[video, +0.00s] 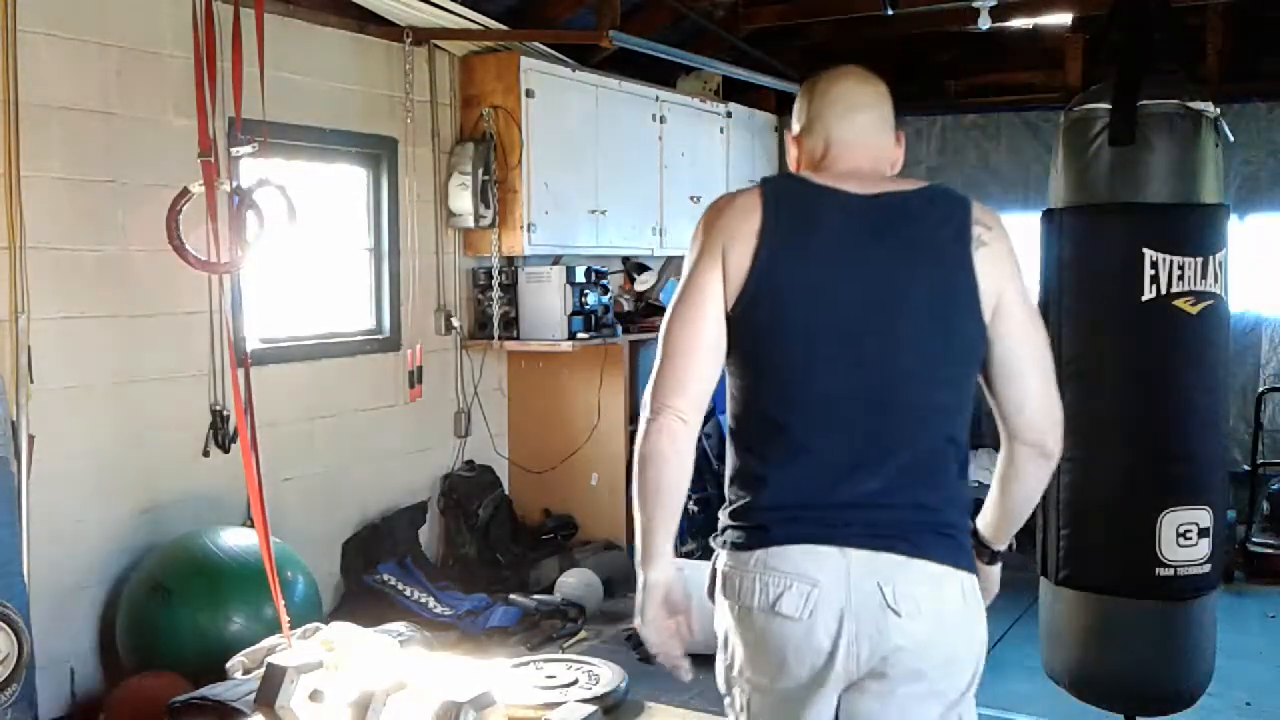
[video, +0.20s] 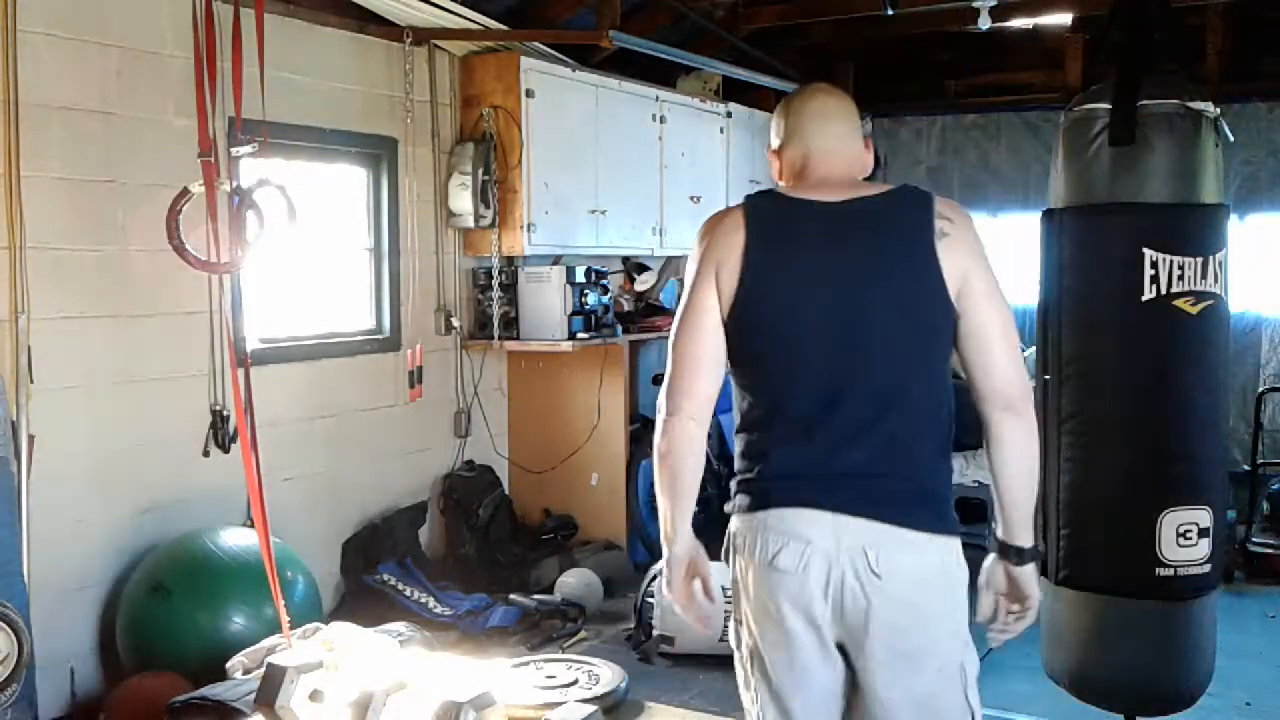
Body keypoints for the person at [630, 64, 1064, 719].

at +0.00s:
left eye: (788, 143)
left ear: (795, 149)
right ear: (899, 150)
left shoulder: (738, 218)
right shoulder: (976, 230)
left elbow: (672, 415)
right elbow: (1037, 436)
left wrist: (657, 569)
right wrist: (986, 545)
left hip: (778, 570)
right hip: (930, 576)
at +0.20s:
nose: (772, 165)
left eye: (771, 154)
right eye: (870, 144)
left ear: (777, 161)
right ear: (869, 152)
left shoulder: (728, 233)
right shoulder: (941, 223)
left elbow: (683, 412)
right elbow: (1009, 401)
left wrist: (678, 538)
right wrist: (1017, 549)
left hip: (777, 534)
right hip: (914, 539)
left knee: (787, 708)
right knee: (924, 707)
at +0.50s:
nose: (774, 176)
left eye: (772, 168)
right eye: (775, 169)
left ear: (781, 169)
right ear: (862, 162)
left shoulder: (745, 232)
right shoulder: (930, 227)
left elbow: (689, 383)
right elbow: (995, 379)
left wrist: (685, 465)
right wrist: (1015, 510)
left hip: (792, 498)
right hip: (913, 502)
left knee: (796, 706)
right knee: (929, 695)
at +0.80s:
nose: (761, 210)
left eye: (758, 196)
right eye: (758, 198)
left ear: (776, 184)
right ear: (833, 178)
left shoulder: (781, 237)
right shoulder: (912, 236)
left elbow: (759, 383)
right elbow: (955, 367)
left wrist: (731, 496)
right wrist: (950, 475)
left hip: (826, 487)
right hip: (917, 477)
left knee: (780, 655)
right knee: (910, 650)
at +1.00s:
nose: (720, 220)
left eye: (720, 204)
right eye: (714, 208)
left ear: (752, 182)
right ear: (774, 181)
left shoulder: (785, 235)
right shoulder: (848, 227)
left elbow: (789, 377)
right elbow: (857, 363)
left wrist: (760, 504)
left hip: (819, 480)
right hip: (879, 466)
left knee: (734, 637)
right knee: (879, 633)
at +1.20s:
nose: (671, 226)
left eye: (673, 210)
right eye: (666, 214)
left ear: (713, 191)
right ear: (720, 190)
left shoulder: (755, 255)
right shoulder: (787, 234)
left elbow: (768, 399)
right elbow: (781, 371)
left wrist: (738, 536)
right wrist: (727, 442)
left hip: (771, 471)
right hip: (806, 461)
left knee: (709, 636)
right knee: (793, 627)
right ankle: (850, 715)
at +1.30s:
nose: (653, 233)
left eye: (655, 219)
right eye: (646, 222)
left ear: (692, 195)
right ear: (694, 194)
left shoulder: (748, 256)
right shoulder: (747, 244)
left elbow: (759, 397)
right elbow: (725, 371)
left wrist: (708, 516)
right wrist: (693, 441)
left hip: (758, 471)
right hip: (763, 462)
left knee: (714, 645)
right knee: (749, 640)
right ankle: (783, 716)